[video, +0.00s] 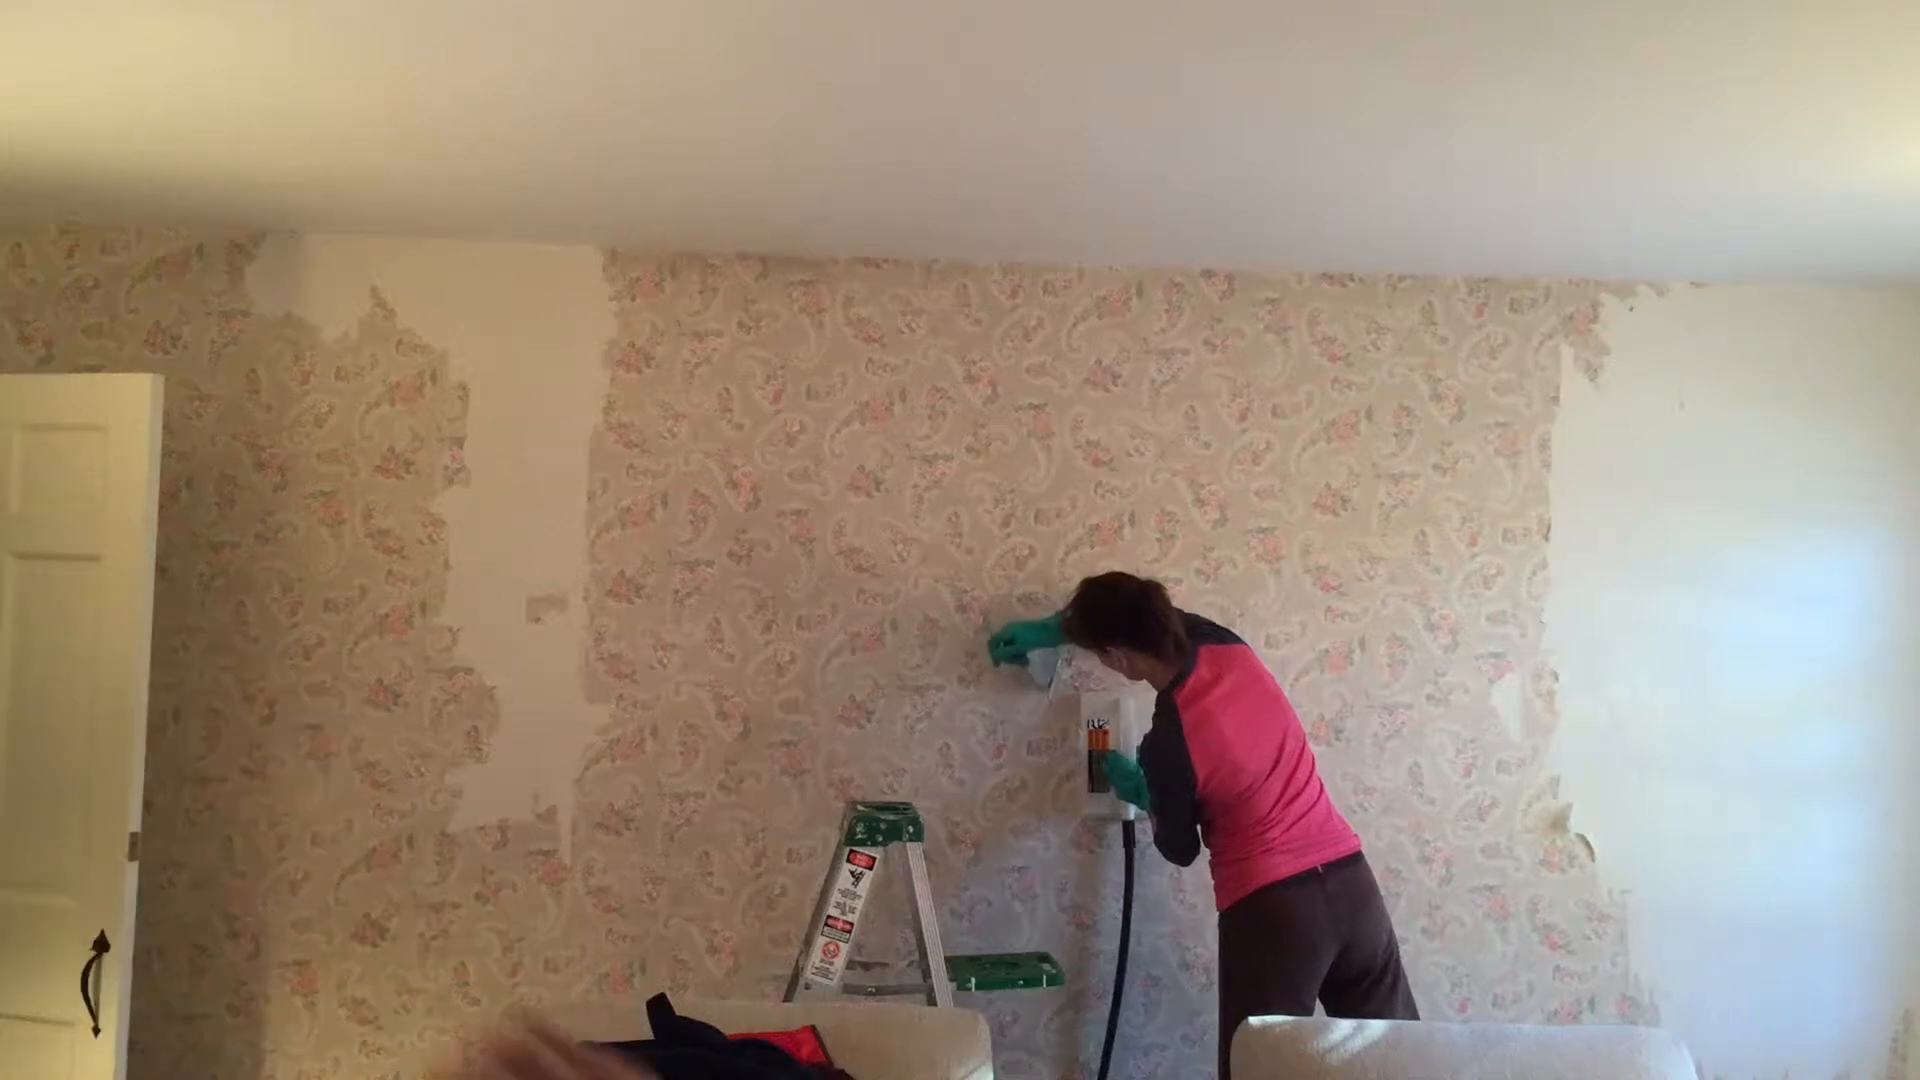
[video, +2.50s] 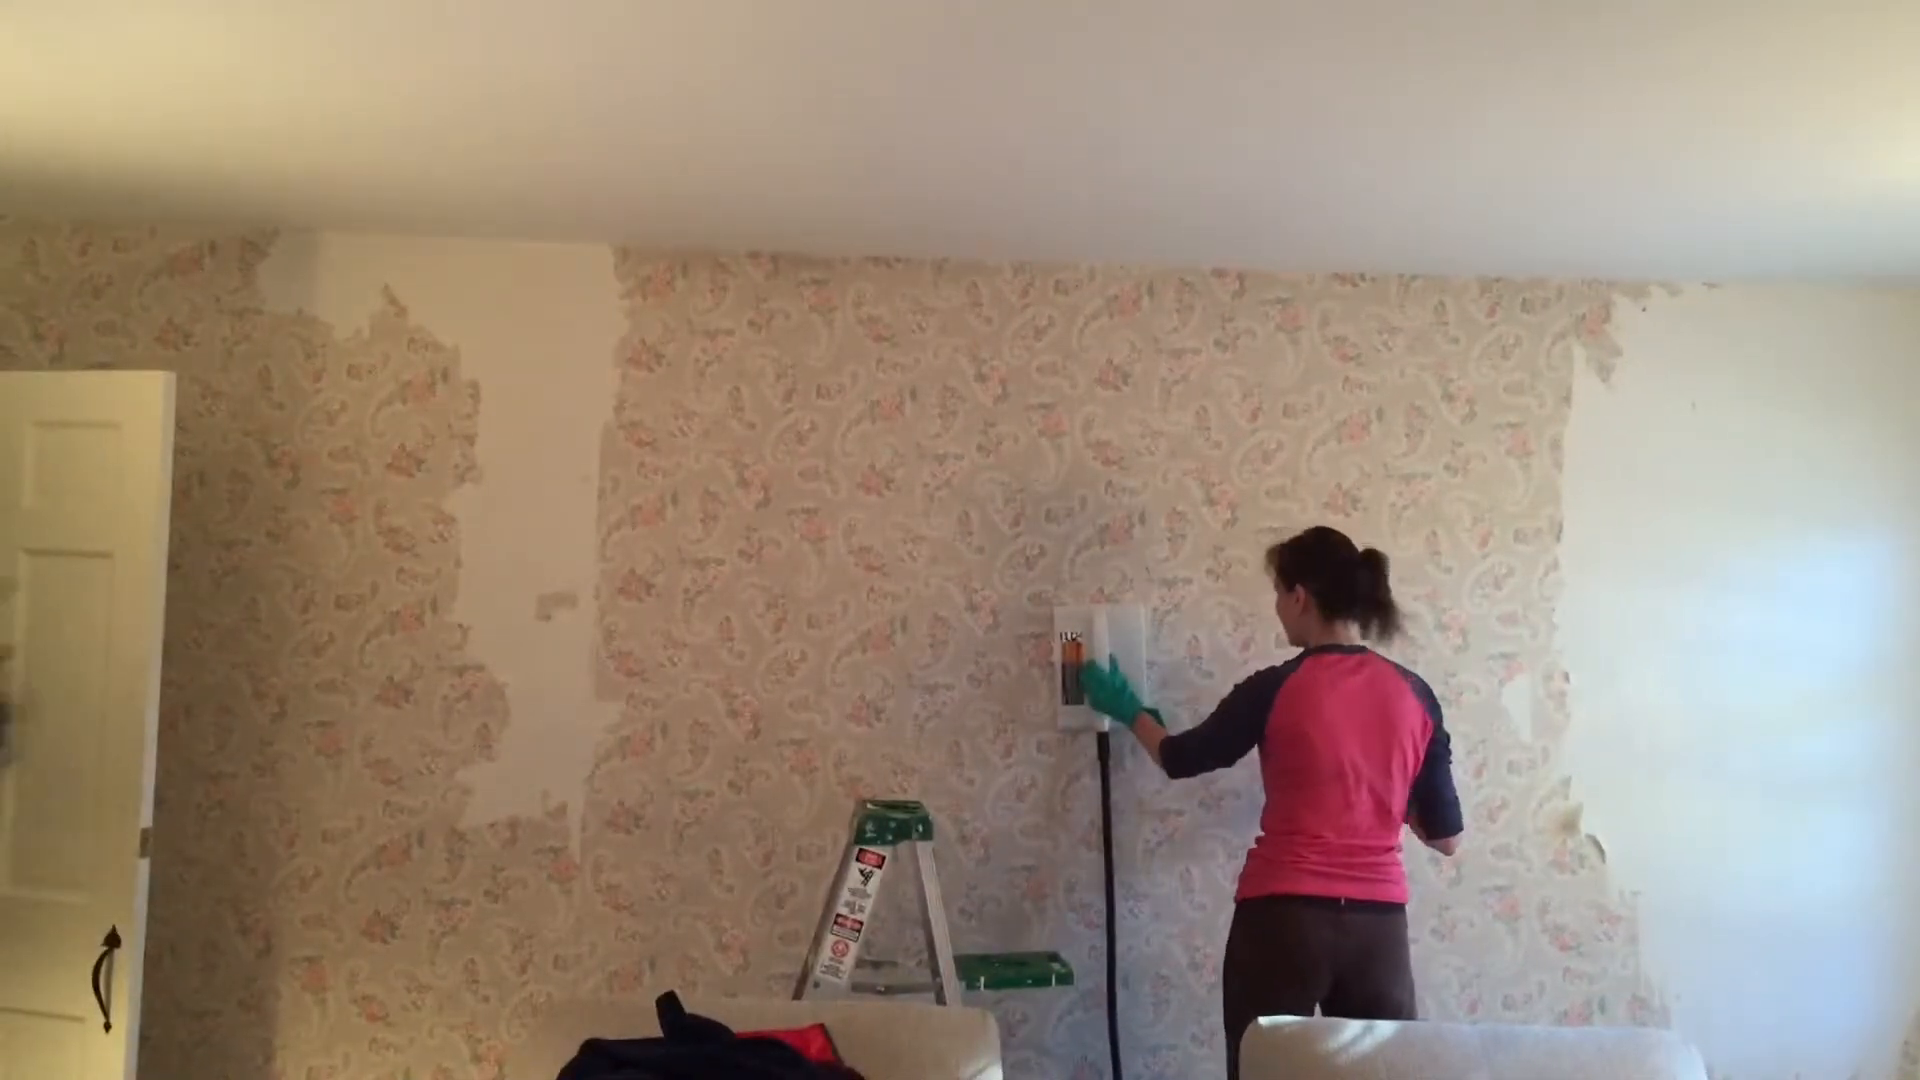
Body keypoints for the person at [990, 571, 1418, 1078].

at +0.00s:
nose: (1107, 665)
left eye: (1104, 654)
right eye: (1099, 655)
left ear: (1123, 653)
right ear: (1159, 614)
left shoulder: (1167, 740)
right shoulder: (1232, 649)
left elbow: (1180, 847)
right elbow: (1138, 612)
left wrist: (1138, 790)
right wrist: (1046, 630)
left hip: (1271, 917)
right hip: (1353, 889)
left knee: (1255, 1070)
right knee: (1401, 1060)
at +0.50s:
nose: (1119, 659)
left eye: (1114, 649)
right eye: (1113, 649)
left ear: (1129, 651)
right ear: (1178, 611)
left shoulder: (1171, 740)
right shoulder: (1241, 645)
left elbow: (1181, 848)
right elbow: (1164, 613)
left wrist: (1143, 791)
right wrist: (1074, 617)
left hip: (1266, 917)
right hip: (1350, 892)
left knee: (1250, 1073)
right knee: (1402, 1060)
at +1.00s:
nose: (1181, 621)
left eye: (1180, 607)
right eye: (1178, 608)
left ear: (1203, 610)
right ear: (1258, 595)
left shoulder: (1207, 709)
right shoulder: (1323, 660)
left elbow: (1169, 804)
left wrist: (1127, 736)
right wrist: (1286, 639)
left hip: (1258, 917)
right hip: (1353, 911)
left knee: (1245, 1074)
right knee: (1380, 1070)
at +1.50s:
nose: (1241, 608)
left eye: (1249, 594)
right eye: (1241, 594)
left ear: (1296, 599)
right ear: (1302, 597)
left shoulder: (1264, 691)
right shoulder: (1393, 685)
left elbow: (1180, 768)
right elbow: (1451, 804)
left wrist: (1129, 712)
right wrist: (1399, 735)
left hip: (1278, 920)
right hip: (1374, 922)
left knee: (1262, 1075)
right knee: (1385, 1074)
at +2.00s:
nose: (1254, 619)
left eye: (1266, 604)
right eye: (1252, 605)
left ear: (1317, 602)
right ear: (1322, 603)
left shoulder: (1283, 685)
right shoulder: (1398, 688)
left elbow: (1184, 749)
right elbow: (1445, 809)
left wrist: (1125, 705)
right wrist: (1373, 764)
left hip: (1296, 922)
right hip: (1389, 925)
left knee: (1269, 1073)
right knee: (1397, 1074)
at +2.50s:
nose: (1277, 608)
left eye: (1279, 593)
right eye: (1277, 593)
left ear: (1302, 596)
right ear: (1354, 594)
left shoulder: (1276, 686)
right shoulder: (1416, 695)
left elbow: (1176, 758)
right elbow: (1445, 835)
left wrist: (1127, 709)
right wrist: (1390, 786)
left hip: (1279, 927)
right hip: (1378, 934)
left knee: (1260, 1075)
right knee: (1385, 1076)